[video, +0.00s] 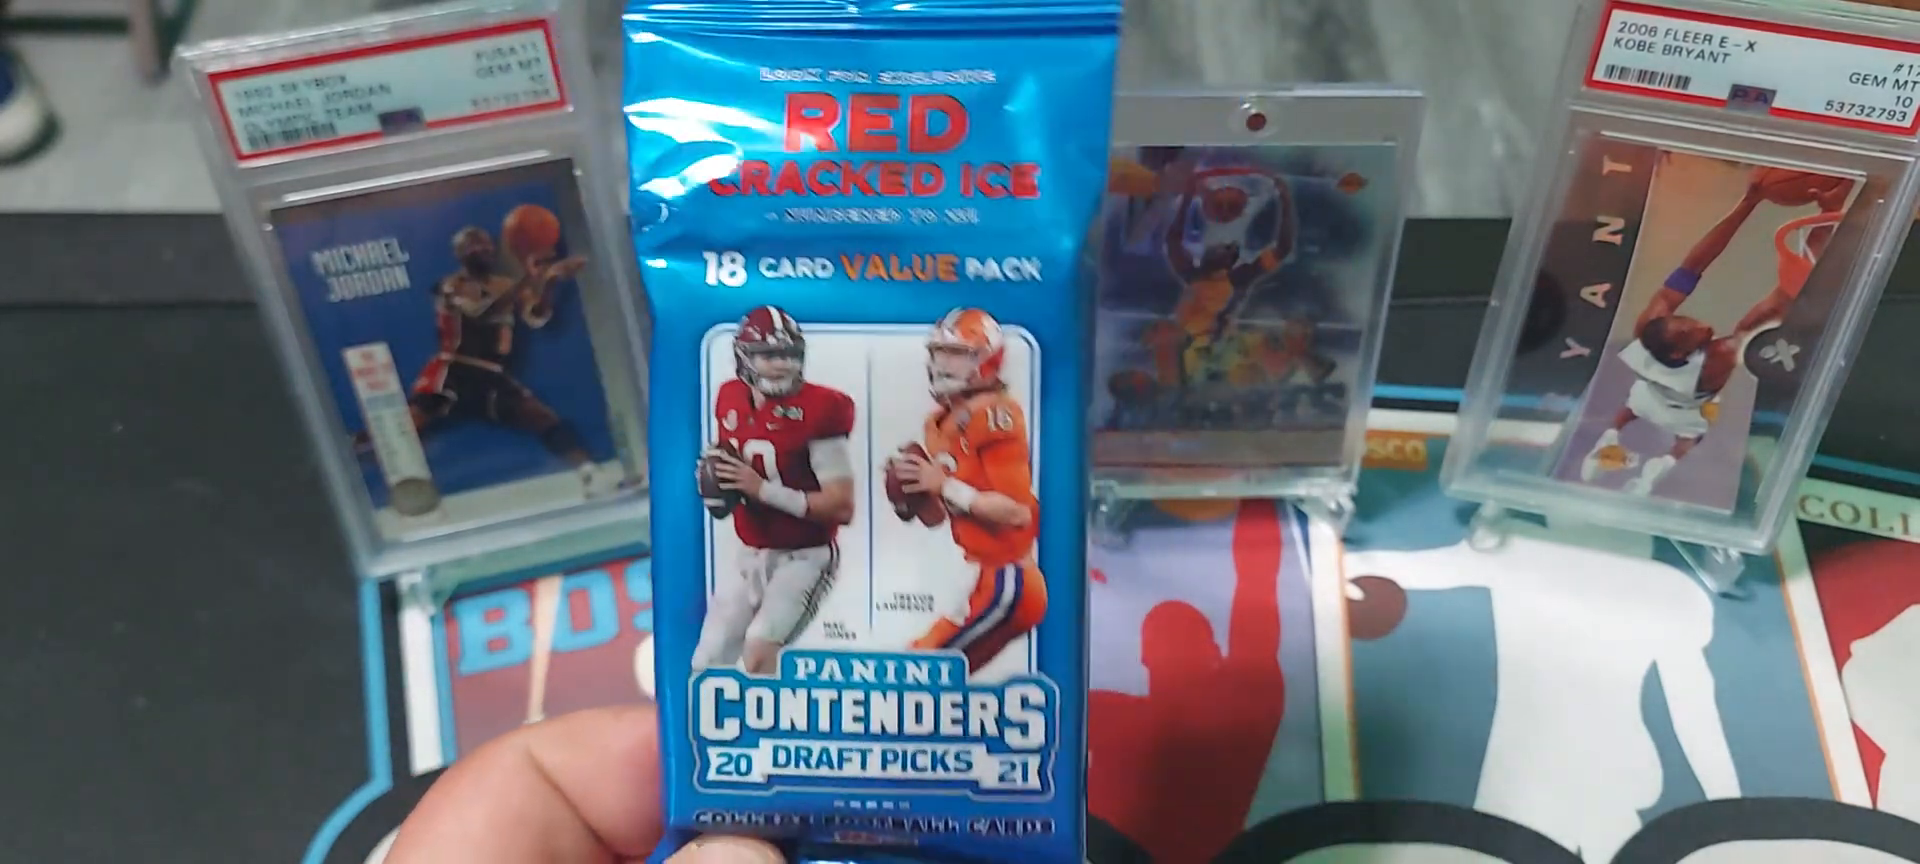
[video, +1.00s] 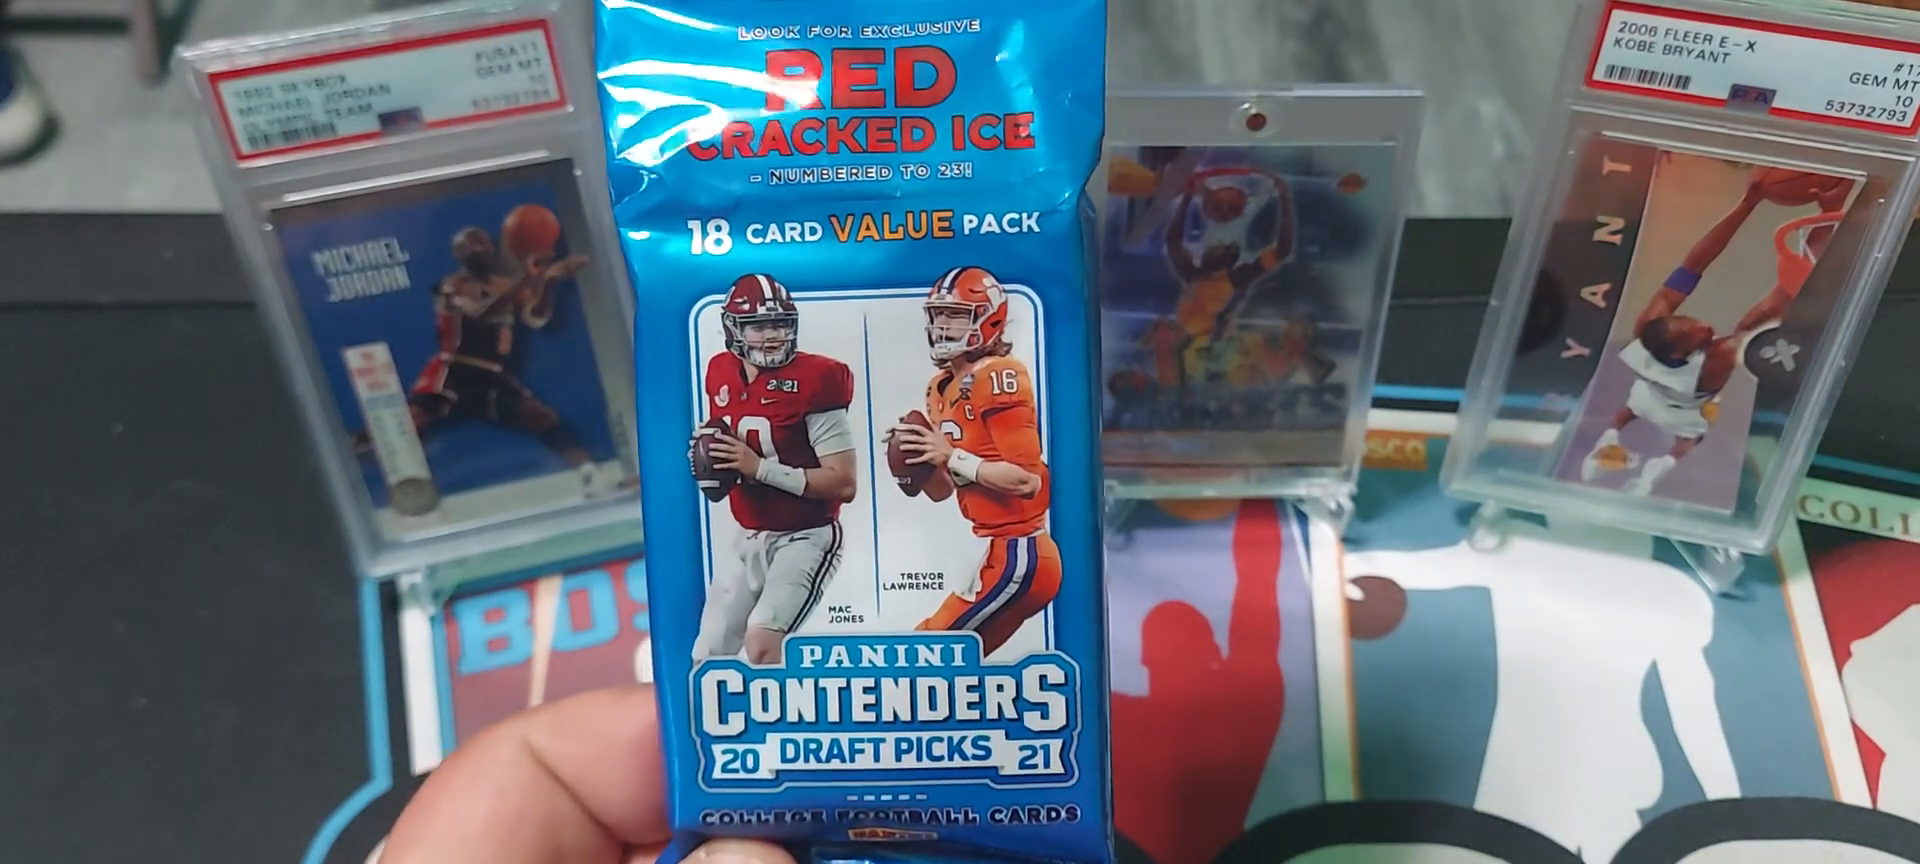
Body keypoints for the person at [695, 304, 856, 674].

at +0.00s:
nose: (779, 364)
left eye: (788, 354)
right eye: (768, 355)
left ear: (800, 356)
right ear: (745, 358)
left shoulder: (822, 408)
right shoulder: (731, 397)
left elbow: (842, 507)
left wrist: (761, 488)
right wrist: (712, 477)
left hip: (805, 558)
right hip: (749, 557)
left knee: (759, 650)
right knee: (706, 662)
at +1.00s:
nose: (770, 335)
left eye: (778, 325)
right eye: (757, 326)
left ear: (791, 326)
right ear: (734, 329)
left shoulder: (818, 379)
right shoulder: (721, 371)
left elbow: (843, 484)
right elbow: (718, 436)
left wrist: (759, 467)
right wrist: (704, 452)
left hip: (808, 538)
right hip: (747, 539)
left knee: (760, 646)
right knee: (707, 657)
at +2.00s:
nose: (787, 346)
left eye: (795, 335)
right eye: (775, 336)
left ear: (808, 336)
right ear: (750, 339)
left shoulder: (837, 390)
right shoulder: (736, 382)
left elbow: (864, 499)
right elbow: (739, 457)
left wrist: (776, 481)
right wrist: (722, 467)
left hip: (828, 555)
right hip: (766, 557)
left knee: (780, 669)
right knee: (726, 678)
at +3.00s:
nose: (813, 366)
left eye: (821, 355)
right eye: (800, 356)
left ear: (834, 357)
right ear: (776, 359)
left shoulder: (860, 411)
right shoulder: (762, 402)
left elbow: (885, 521)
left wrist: (798, 502)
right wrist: (745, 490)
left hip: (849, 576)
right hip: (788, 578)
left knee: (799, 689)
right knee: (744, 701)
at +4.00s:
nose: (1003, 364)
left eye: (1014, 354)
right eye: (989, 352)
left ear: (1026, 358)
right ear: (963, 352)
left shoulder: (1045, 417)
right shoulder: (942, 394)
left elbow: (1053, 534)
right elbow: (933, 469)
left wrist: (966, 504)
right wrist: (911, 480)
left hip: (1006, 588)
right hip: (941, 580)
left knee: (937, 697)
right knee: (878, 698)